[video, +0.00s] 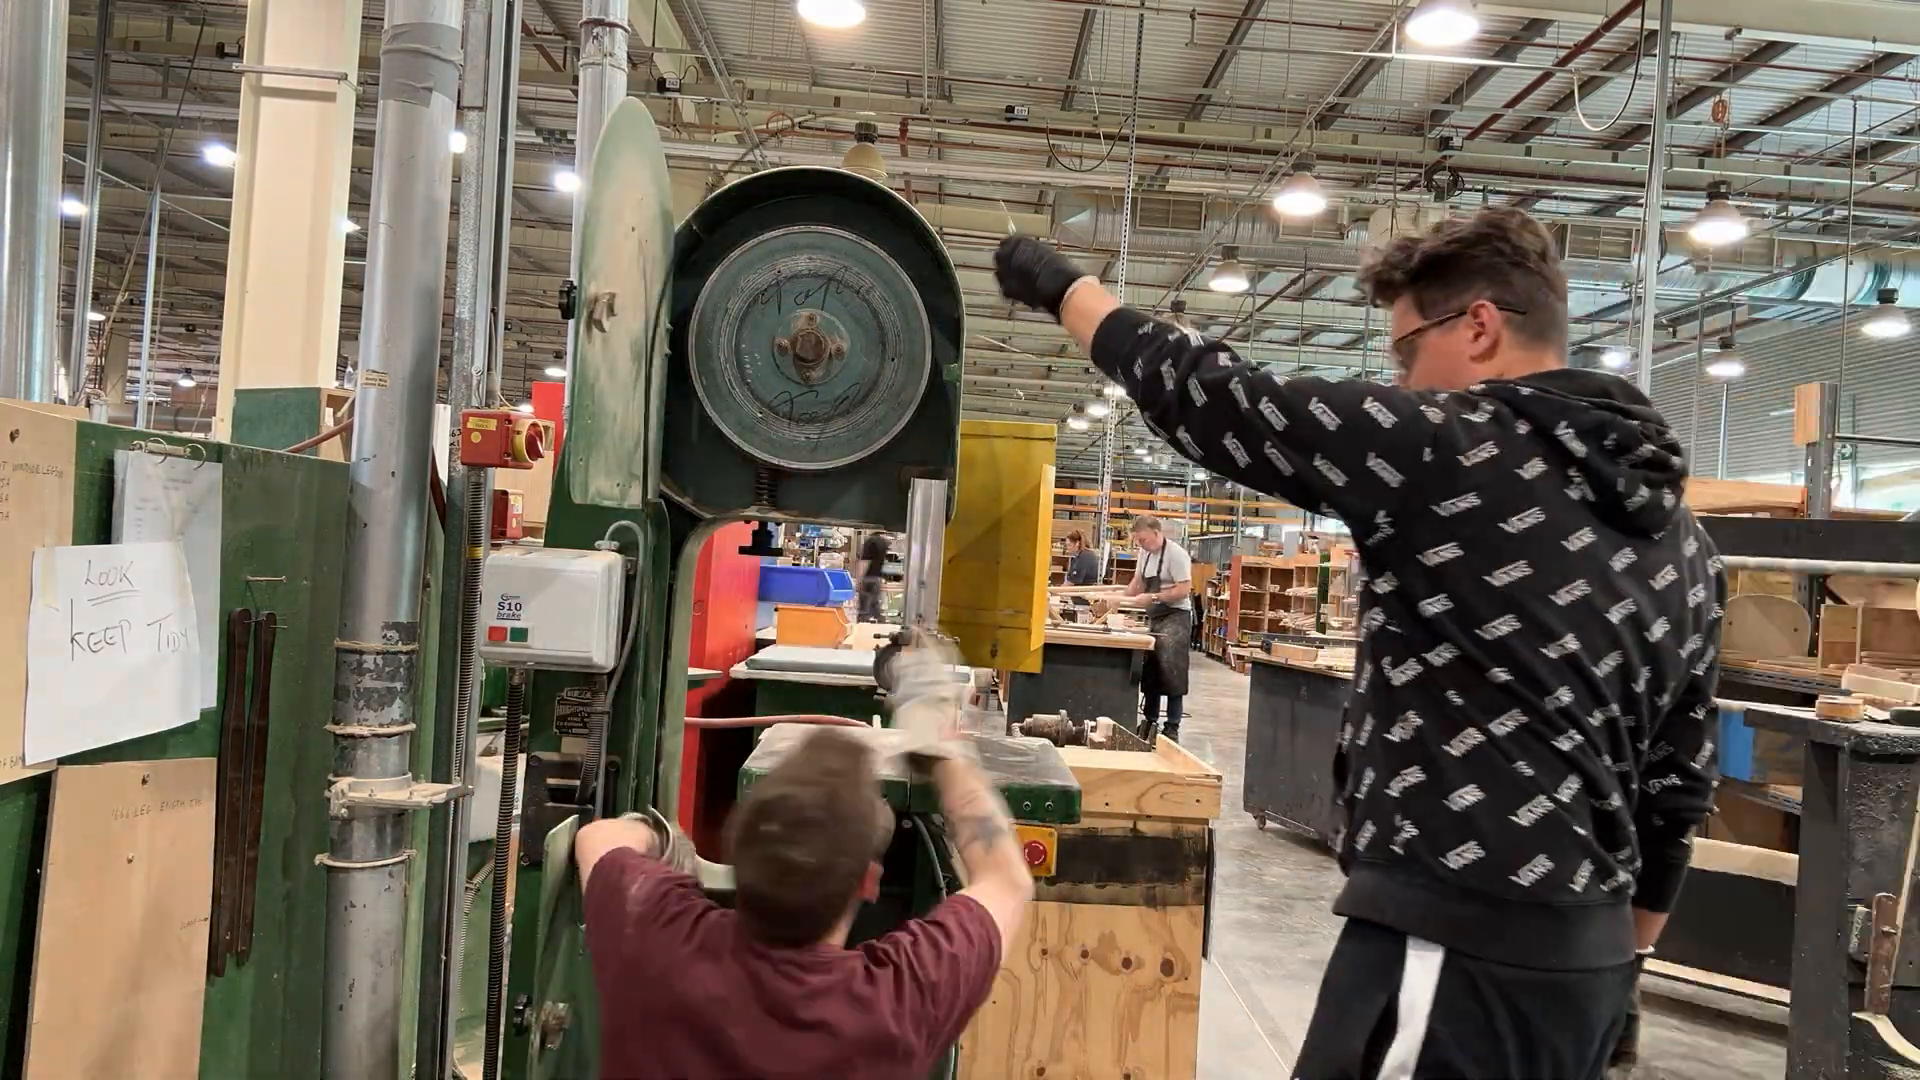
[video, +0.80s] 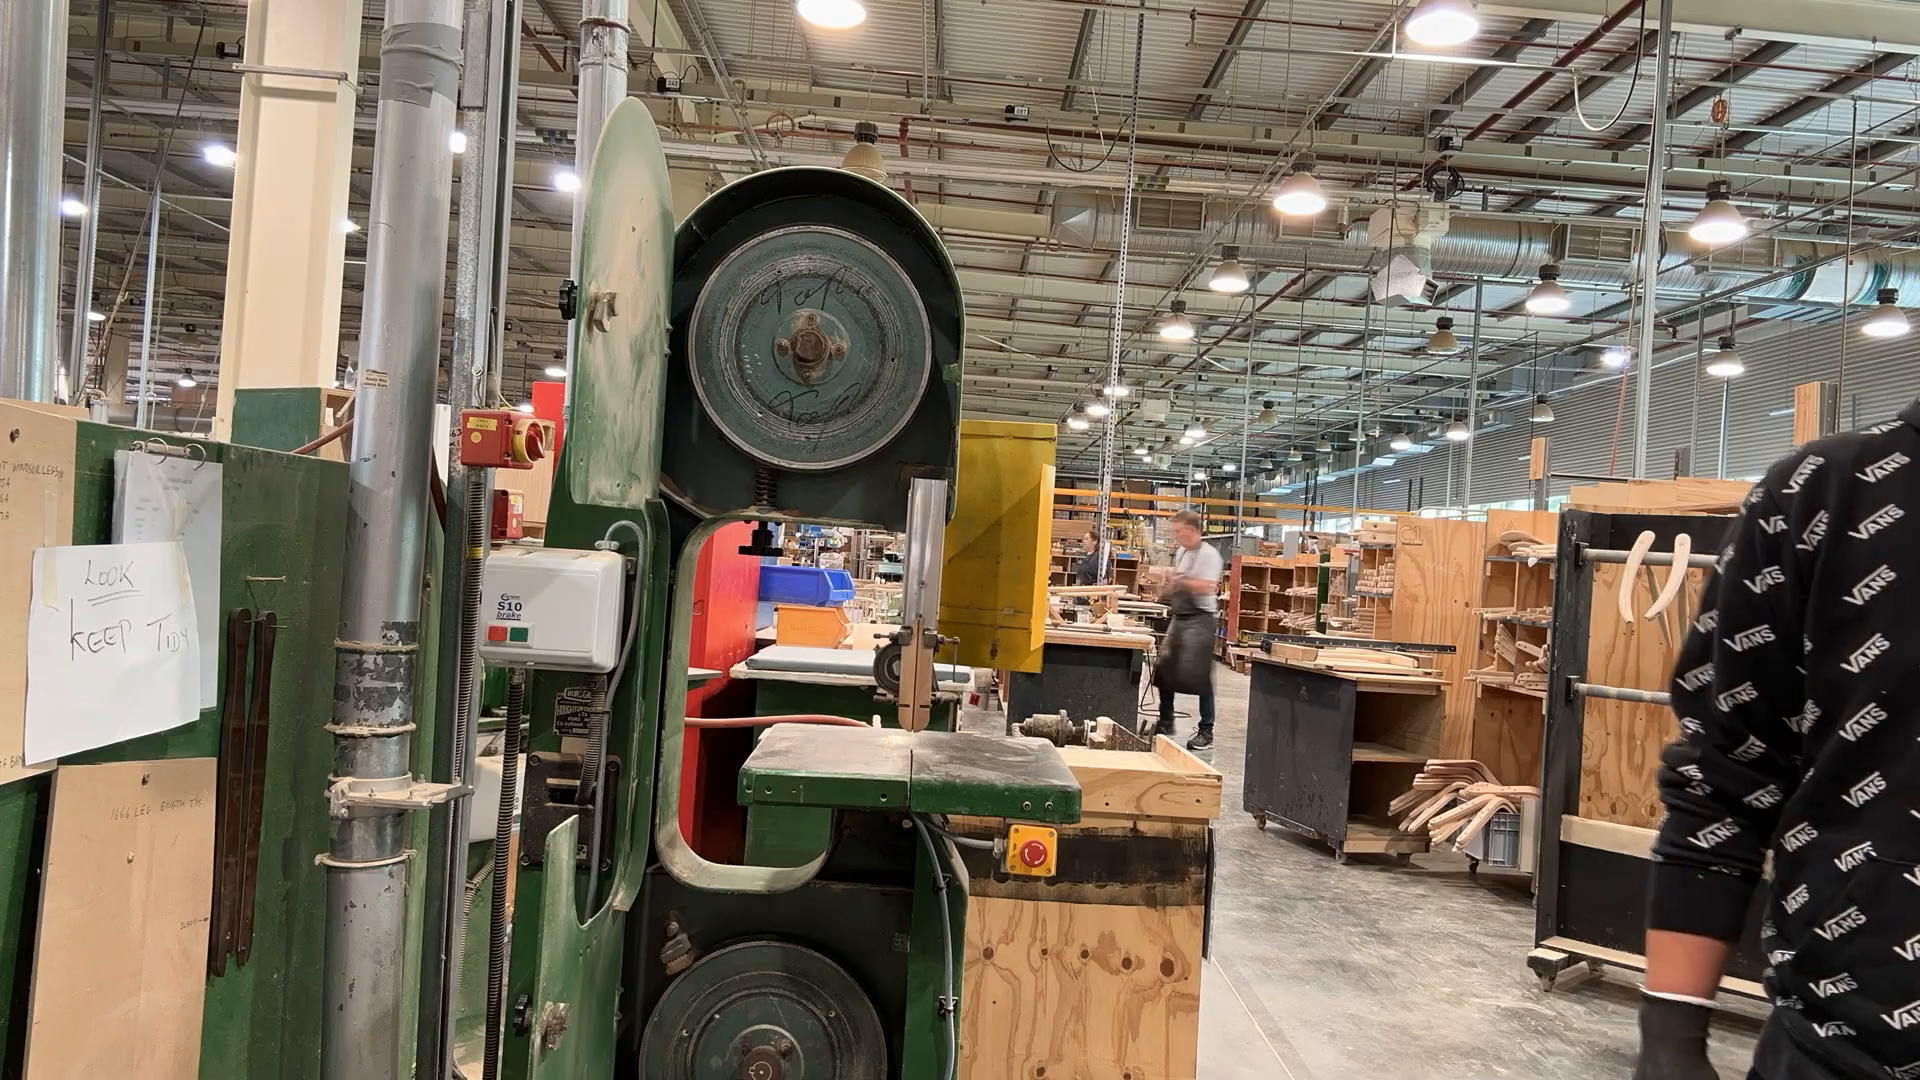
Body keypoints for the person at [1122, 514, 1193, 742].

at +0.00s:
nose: (1141, 545)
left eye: (1143, 540)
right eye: (1138, 541)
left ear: (1157, 533)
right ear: (1139, 538)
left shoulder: (1177, 554)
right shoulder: (1145, 554)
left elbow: (1184, 589)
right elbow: (1136, 585)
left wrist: (1153, 597)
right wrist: (1117, 600)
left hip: (1177, 616)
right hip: (1155, 616)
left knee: (1172, 671)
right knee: (1151, 670)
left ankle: (1172, 727)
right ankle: (1149, 722)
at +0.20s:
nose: (1138, 542)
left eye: (1140, 537)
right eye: (1136, 538)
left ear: (1154, 532)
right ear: (1148, 534)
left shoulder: (1177, 552)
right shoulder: (1146, 555)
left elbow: (1191, 587)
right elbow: (1140, 588)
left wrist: (1159, 598)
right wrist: (1121, 602)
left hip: (1176, 619)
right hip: (1155, 619)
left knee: (1173, 673)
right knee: (1150, 672)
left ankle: (1171, 728)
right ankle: (1148, 722)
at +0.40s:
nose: (1180, 530)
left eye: (1184, 526)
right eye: (1176, 526)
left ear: (1191, 529)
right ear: (1169, 529)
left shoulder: (1203, 554)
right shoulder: (1161, 551)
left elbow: (1214, 586)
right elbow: (1154, 579)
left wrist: (1194, 585)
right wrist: (1146, 577)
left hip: (1189, 616)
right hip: (1165, 616)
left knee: (1189, 670)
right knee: (1162, 669)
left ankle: (1187, 723)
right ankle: (1165, 721)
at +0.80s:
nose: (1175, 537)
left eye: (1178, 531)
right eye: (1174, 532)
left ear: (1192, 531)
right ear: (1184, 532)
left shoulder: (1210, 554)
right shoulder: (1183, 553)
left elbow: (1209, 586)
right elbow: (1181, 582)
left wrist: (1179, 581)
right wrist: (1167, 582)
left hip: (1201, 619)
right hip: (1180, 618)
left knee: (1200, 673)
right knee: (1164, 669)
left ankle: (1206, 731)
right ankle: (1166, 722)